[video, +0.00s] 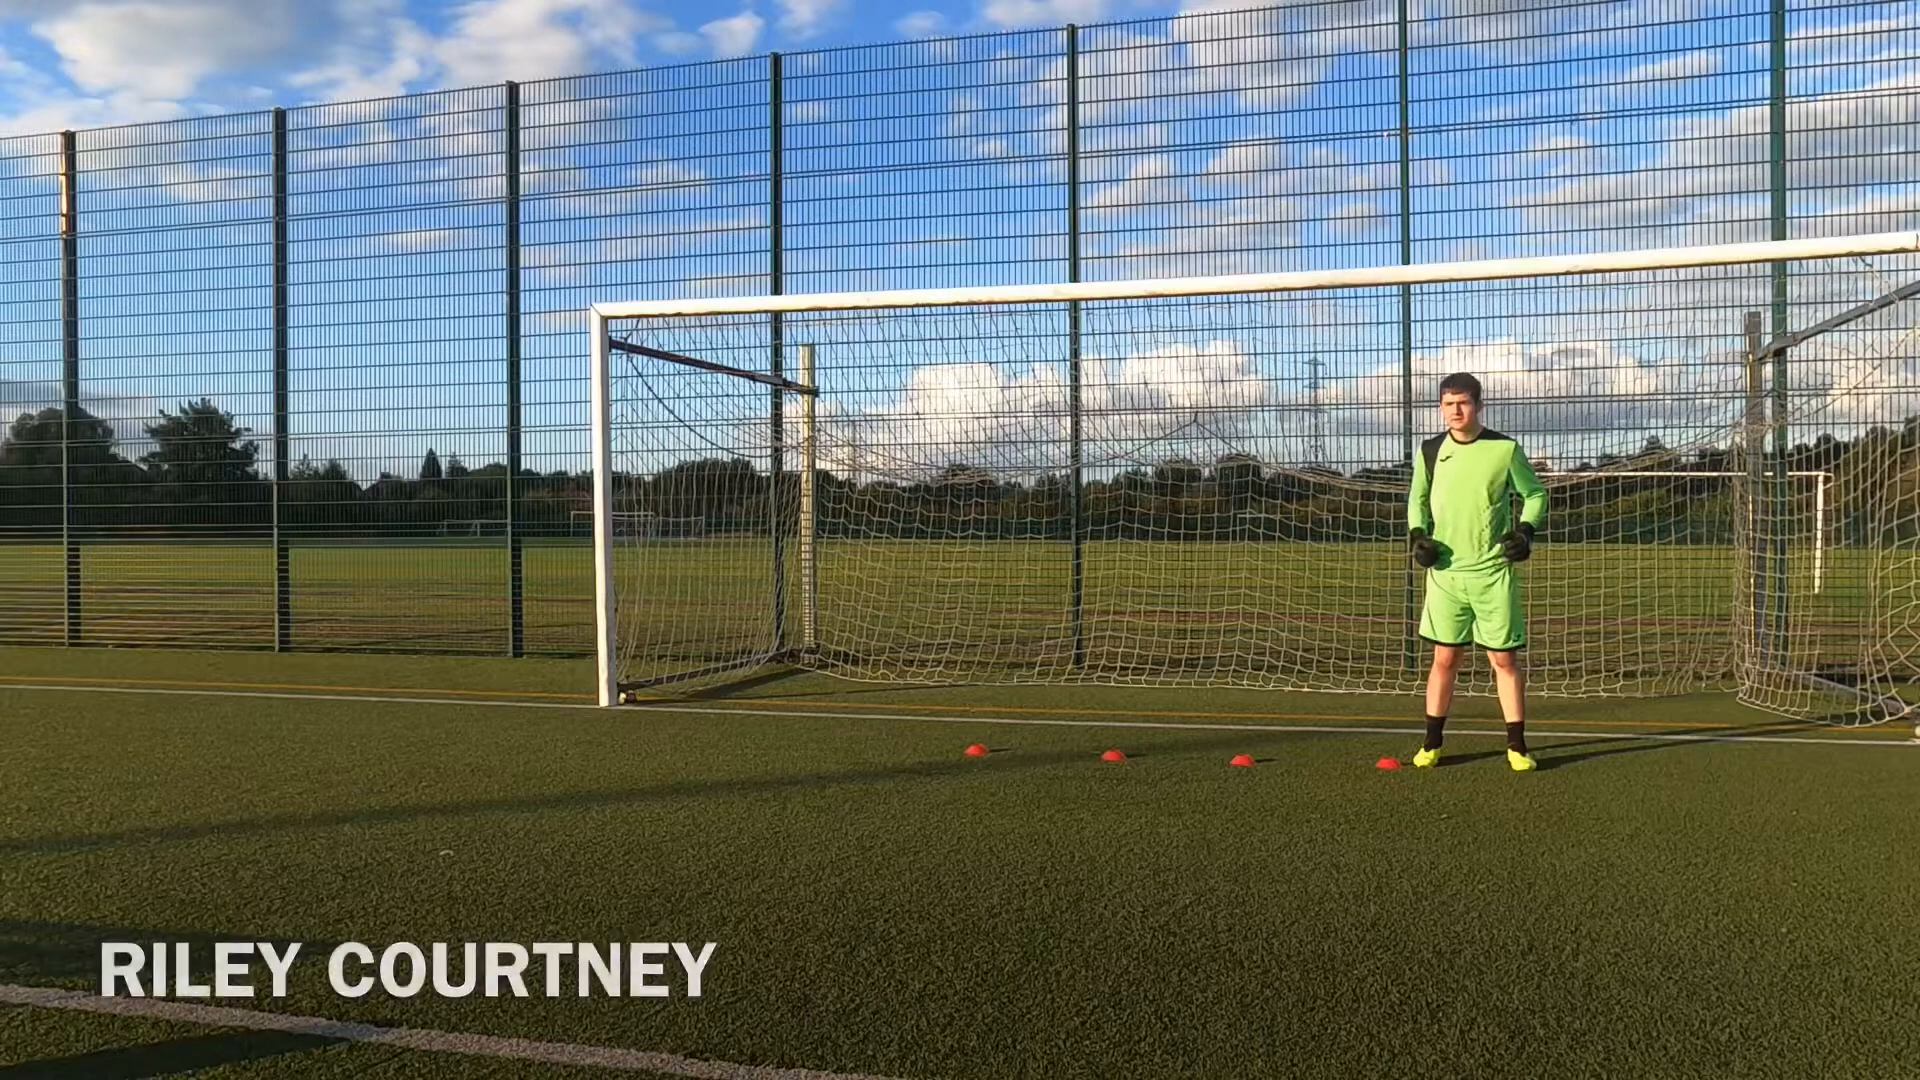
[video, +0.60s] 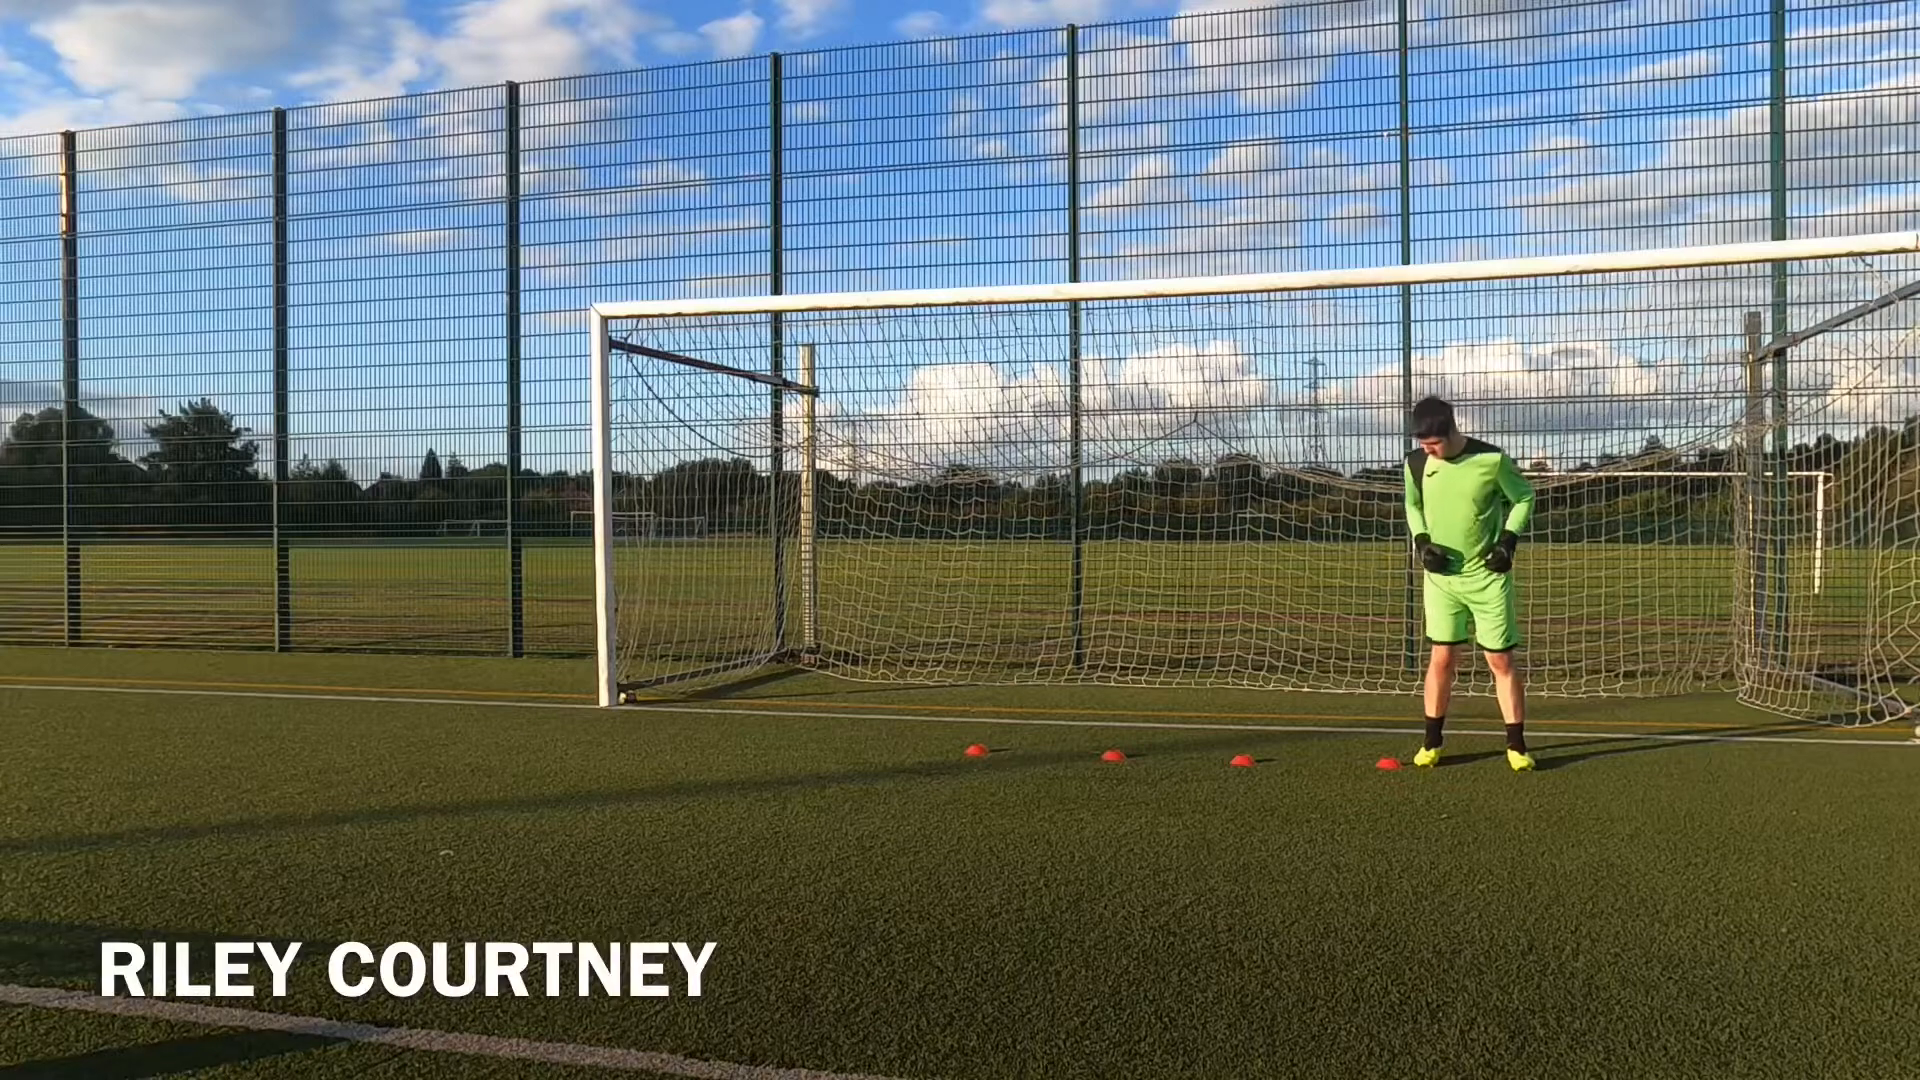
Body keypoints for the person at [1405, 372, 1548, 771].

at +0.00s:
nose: (1455, 411)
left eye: (1462, 403)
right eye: (1448, 404)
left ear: (1479, 406)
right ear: (1440, 409)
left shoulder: (1506, 450)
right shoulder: (1428, 453)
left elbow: (1536, 494)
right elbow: (1418, 500)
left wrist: (1525, 530)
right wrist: (1418, 535)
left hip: (1494, 574)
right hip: (1444, 575)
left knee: (1504, 660)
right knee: (1444, 658)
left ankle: (1516, 746)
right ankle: (1432, 743)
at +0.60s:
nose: (1428, 449)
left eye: (1433, 442)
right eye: (1422, 442)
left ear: (1451, 431)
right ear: (1417, 437)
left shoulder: (1493, 461)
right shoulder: (1416, 464)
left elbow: (1524, 498)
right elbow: (1413, 506)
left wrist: (1508, 539)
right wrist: (1422, 542)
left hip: (1488, 578)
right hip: (1440, 579)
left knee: (1502, 661)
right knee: (1441, 658)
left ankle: (1516, 745)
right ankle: (1432, 742)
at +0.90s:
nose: (1380, 467)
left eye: (1387, 460)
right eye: (1374, 460)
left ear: (1406, 450)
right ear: (1368, 455)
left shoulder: (1441, 480)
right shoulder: (1368, 484)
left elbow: (1483, 507)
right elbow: (1363, 517)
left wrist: (1479, 553)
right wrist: (1361, 552)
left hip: (1444, 588)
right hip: (1397, 587)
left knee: (1472, 674)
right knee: (1378, 646)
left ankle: (1517, 745)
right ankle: (1391, 743)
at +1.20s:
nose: (1286, 470)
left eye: (1292, 463)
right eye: (1281, 463)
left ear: (1312, 455)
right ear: (1278, 459)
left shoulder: (1349, 486)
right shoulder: (1280, 487)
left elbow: (1392, 522)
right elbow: (1269, 524)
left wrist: (1372, 554)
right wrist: (1253, 544)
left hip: (1351, 583)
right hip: (1308, 583)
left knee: (1346, 670)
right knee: (1292, 645)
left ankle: (1373, 742)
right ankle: (1302, 717)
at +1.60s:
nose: (1139, 459)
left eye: (1144, 450)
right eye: (1134, 452)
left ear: (1163, 445)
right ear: (1132, 452)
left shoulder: (1202, 485)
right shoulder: (1147, 485)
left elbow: (1241, 528)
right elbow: (1143, 525)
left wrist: (1232, 575)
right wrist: (1125, 558)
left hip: (1199, 584)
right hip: (1165, 581)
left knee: (1168, 660)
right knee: (1117, 639)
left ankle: (1197, 753)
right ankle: (1141, 720)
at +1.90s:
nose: (1061, 433)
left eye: (1067, 426)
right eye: (1055, 427)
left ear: (1082, 428)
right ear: (1048, 431)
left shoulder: (1104, 475)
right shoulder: (1039, 470)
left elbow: (1134, 523)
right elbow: (1029, 510)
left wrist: (1116, 550)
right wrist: (1026, 532)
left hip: (1088, 579)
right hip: (1048, 573)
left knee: (1073, 662)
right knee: (1032, 637)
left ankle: (1091, 708)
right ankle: (1046, 715)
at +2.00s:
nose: (1030, 438)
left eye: (1036, 432)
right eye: (1024, 432)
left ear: (1050, 435)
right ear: (1017, 438)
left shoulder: (1075, 485)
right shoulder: (1007, 483)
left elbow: (1103, 532)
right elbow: (999, 524)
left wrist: (1086, 559)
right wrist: (997, 541)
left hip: (1057, 593)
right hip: (1016, 584)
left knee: (1051, 670)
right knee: (987, 645)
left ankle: (1086, 722)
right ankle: (995, 686)